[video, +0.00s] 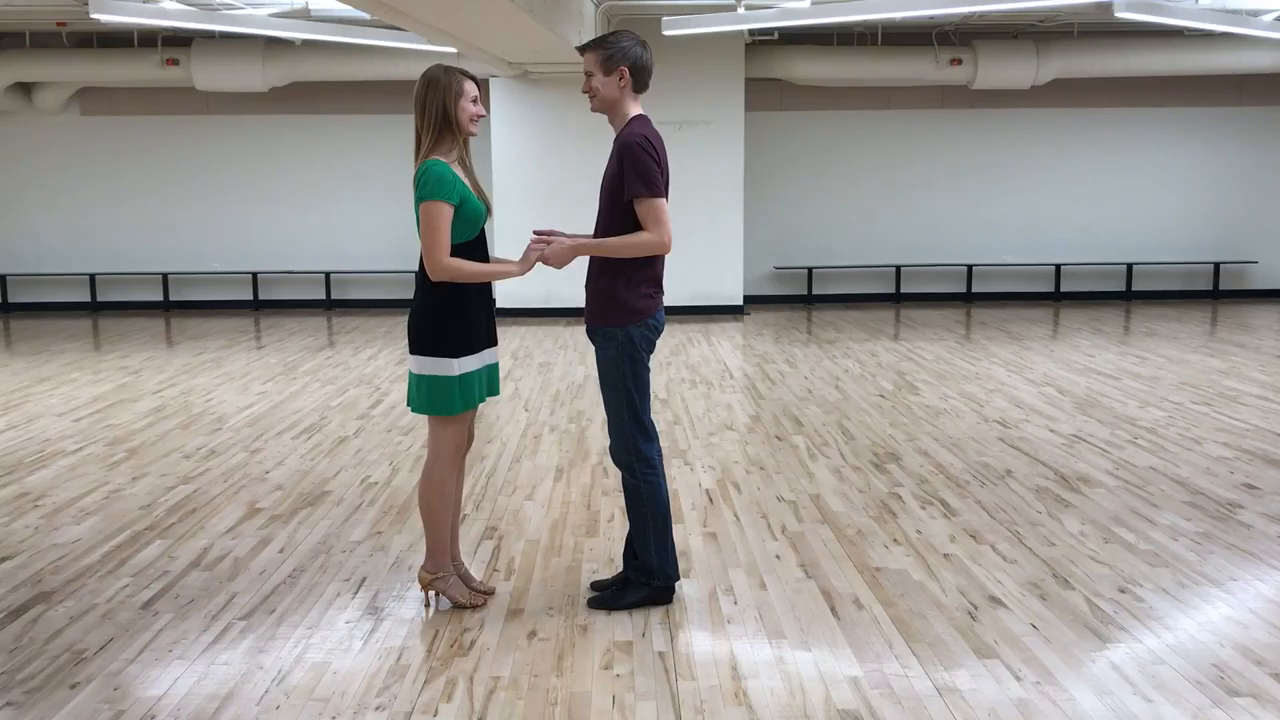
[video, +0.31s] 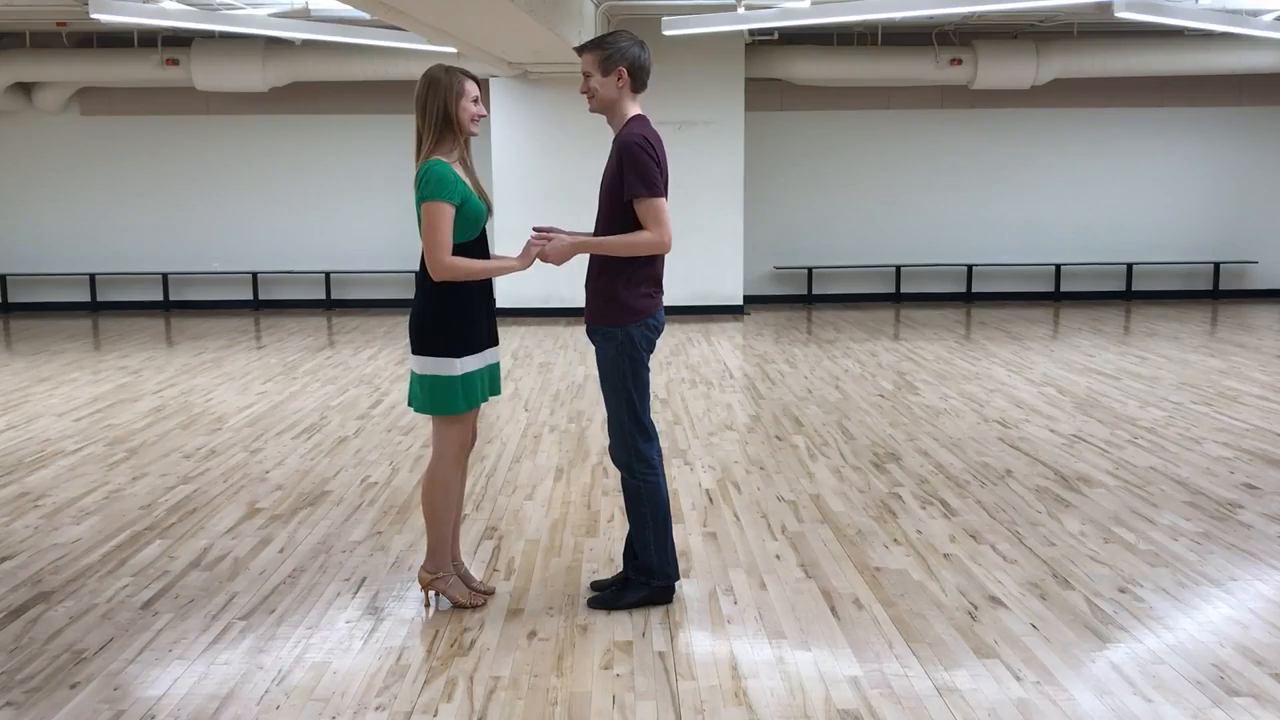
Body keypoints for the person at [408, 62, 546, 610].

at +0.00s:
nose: (480, 109)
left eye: (479, 100)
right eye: (470, 100)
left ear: (465, 107)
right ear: (444, 106)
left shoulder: (457, 170)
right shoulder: (438, 174)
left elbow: (463, 257)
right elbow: (437, 265)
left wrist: (516, 263)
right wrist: (512, 268)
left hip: (465, 325)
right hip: (444, 329)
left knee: (458, 445)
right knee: (444, 450)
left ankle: (451, 560)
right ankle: (436, 566)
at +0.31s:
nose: (480, 109)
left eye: (480, 101)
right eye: (471, 100)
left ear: (468, 107)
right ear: (444, 106)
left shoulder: (458, 169)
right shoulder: (439, 174)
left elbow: (462, 257)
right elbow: (439, 265)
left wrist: (517, 258)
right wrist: (514, 263)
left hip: (466, 326)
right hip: (446, 329)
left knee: (461, 442)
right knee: (450, 447)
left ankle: (451, 559)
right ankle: (437, 565)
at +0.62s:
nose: (481, 110)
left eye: (481, 101)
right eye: (472, 101)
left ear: (467, 108)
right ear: (446, 108)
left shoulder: (457, 171)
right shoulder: (443, 175)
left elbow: (464, 257)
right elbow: (442, 265)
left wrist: (520, 242)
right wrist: (516, 246)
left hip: (467, 328)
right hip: (452, 332)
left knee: (469, 444)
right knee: (466, 445)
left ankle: (448, 559)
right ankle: (441, 564)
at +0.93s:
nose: (481, 115)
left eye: (480, 105)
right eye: (471, 106)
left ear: (460, 113)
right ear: (445, 113)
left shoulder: (455, 176)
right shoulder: (442, 180)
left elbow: (462, 259)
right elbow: (438, 268)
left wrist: (512, 249)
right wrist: (507, 251)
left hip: (454, 331)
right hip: (456, 334)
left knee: (467, 444)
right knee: (496, 440)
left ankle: (446, 553)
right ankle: (446, 554)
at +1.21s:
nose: (476, 115)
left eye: (475, 107)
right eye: (467, 107)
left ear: (461, 114)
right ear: (442, 114)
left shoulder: (456, 174)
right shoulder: (438, 181)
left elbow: (456, 258)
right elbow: (421, 267)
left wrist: (504, 270)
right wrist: (496, 278)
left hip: (467, 326)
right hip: (444, 332)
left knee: (485, 441)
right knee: (460, 450)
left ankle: (450, 557)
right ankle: (400, 558)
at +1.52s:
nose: (477, 114)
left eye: (475, 106)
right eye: (467, 106)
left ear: (454, 114)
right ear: (443, 113)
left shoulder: (452, 175)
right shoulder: (439, 180)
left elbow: (455, 260)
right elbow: (427, 268)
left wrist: (504, 270)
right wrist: (500, 280)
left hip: (463, 329)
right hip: (439, 333)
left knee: (479, 439)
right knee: (451, 447)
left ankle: (432, 551)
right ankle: (395, 558)